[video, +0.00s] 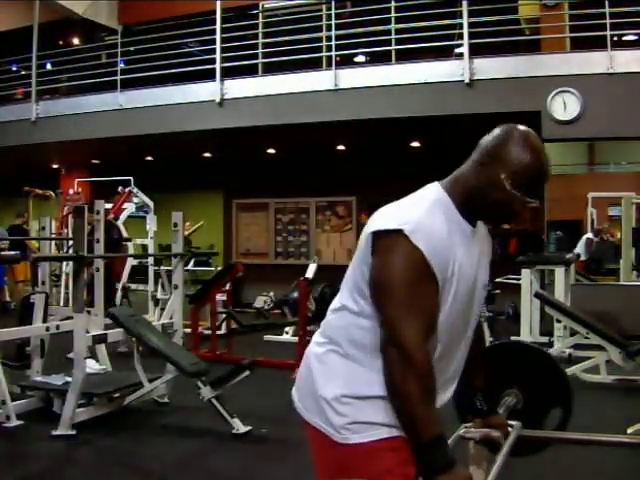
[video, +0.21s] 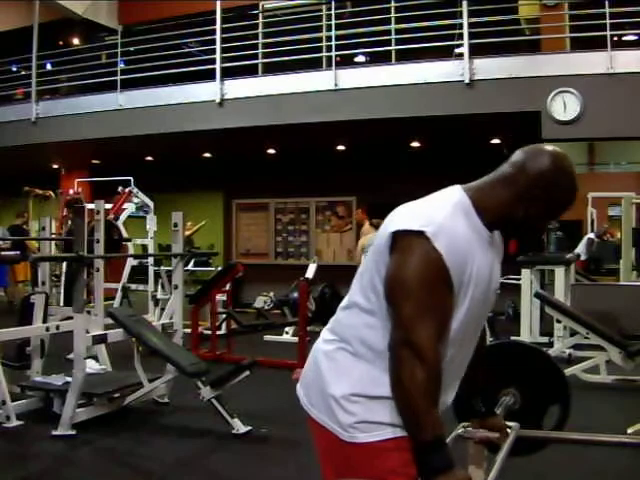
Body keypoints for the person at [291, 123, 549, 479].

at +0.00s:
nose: (524, 208)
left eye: (530, 197)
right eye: (524, 192)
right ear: (500, 176)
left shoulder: (477, 235)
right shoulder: (410, 231)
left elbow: (467, 328)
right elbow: (405, 356)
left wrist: (479, 411)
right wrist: (439, 462)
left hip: (410, 396)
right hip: (352, 402)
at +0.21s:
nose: (545, 228)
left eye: (554, 218)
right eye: (550, 215)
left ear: (515, 181)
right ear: (531, 198)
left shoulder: (488, 236)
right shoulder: (430, 233)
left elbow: (466, 336)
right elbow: (412, 355)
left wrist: (478, 412)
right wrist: (437, 462)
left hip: (407, 393)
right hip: (356, 398)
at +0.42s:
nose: (558, 232)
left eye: (567, 224)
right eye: (564, 221)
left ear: (537, 192)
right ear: (547, 203)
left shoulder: (492, 239)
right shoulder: (448, 235)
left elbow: (454, 341)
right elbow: (419, 352)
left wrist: (472, 413)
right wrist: (435, 460)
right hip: (361, 401)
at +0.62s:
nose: (569, 245)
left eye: (576, 236)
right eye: (573, 232)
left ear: (540, 195)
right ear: (553, 214)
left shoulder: (495, 244)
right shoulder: (463, 242)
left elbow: (450, 346)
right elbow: (414, 352)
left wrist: (471, 413)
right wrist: (434, 463)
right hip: (359, 400)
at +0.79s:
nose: (570, 248)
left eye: (578, 240)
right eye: (575, 235)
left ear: (543, 201)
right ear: (554, 217)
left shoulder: (496, 244)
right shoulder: (463, 246)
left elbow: (450, 342)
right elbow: (411, 354)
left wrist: (471, 411)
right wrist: (434, 466)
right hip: (355, 400)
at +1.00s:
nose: (569, 254)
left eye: (577, 246)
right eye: (574, 243)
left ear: (545, 212)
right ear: (553, 224)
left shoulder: (497, 250)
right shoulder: (463, 252)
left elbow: (457, 342)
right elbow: (408, 355)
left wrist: (474, 415)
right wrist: (429, 463)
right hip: (355, 403)